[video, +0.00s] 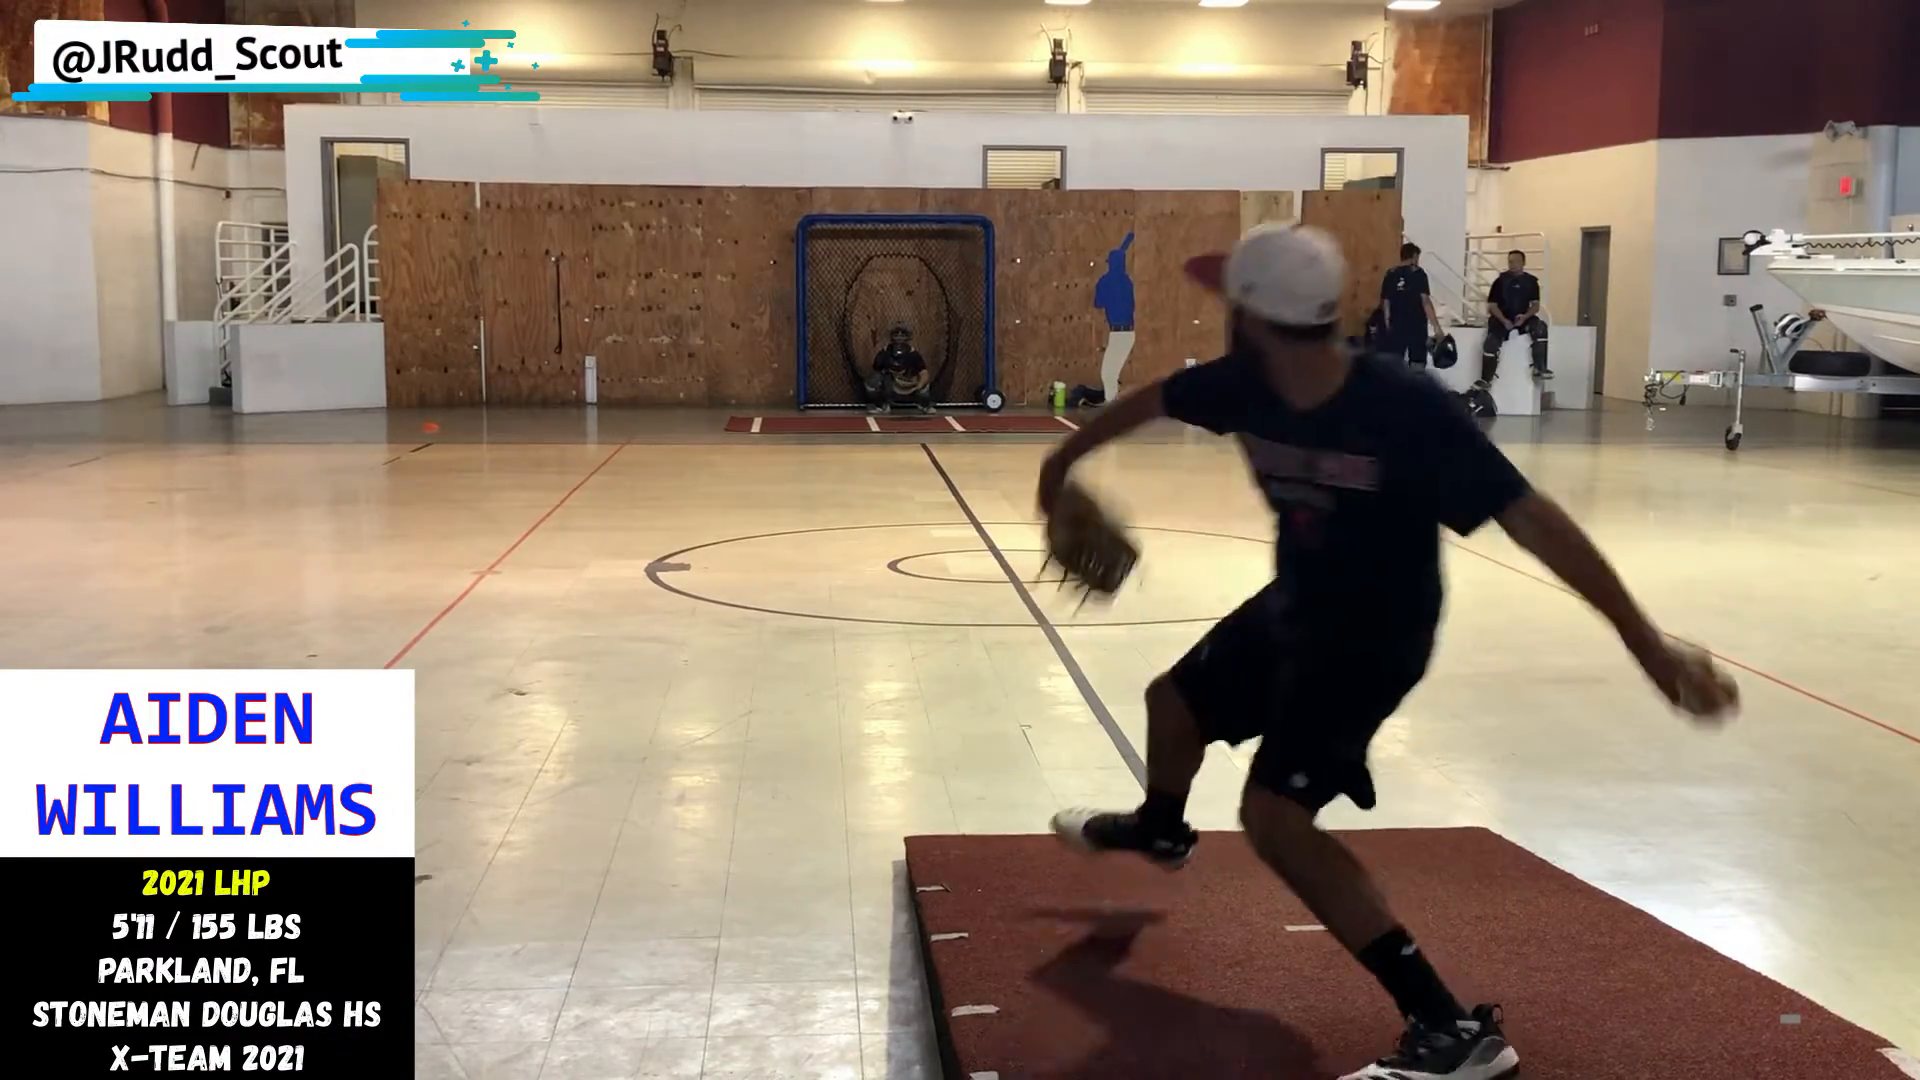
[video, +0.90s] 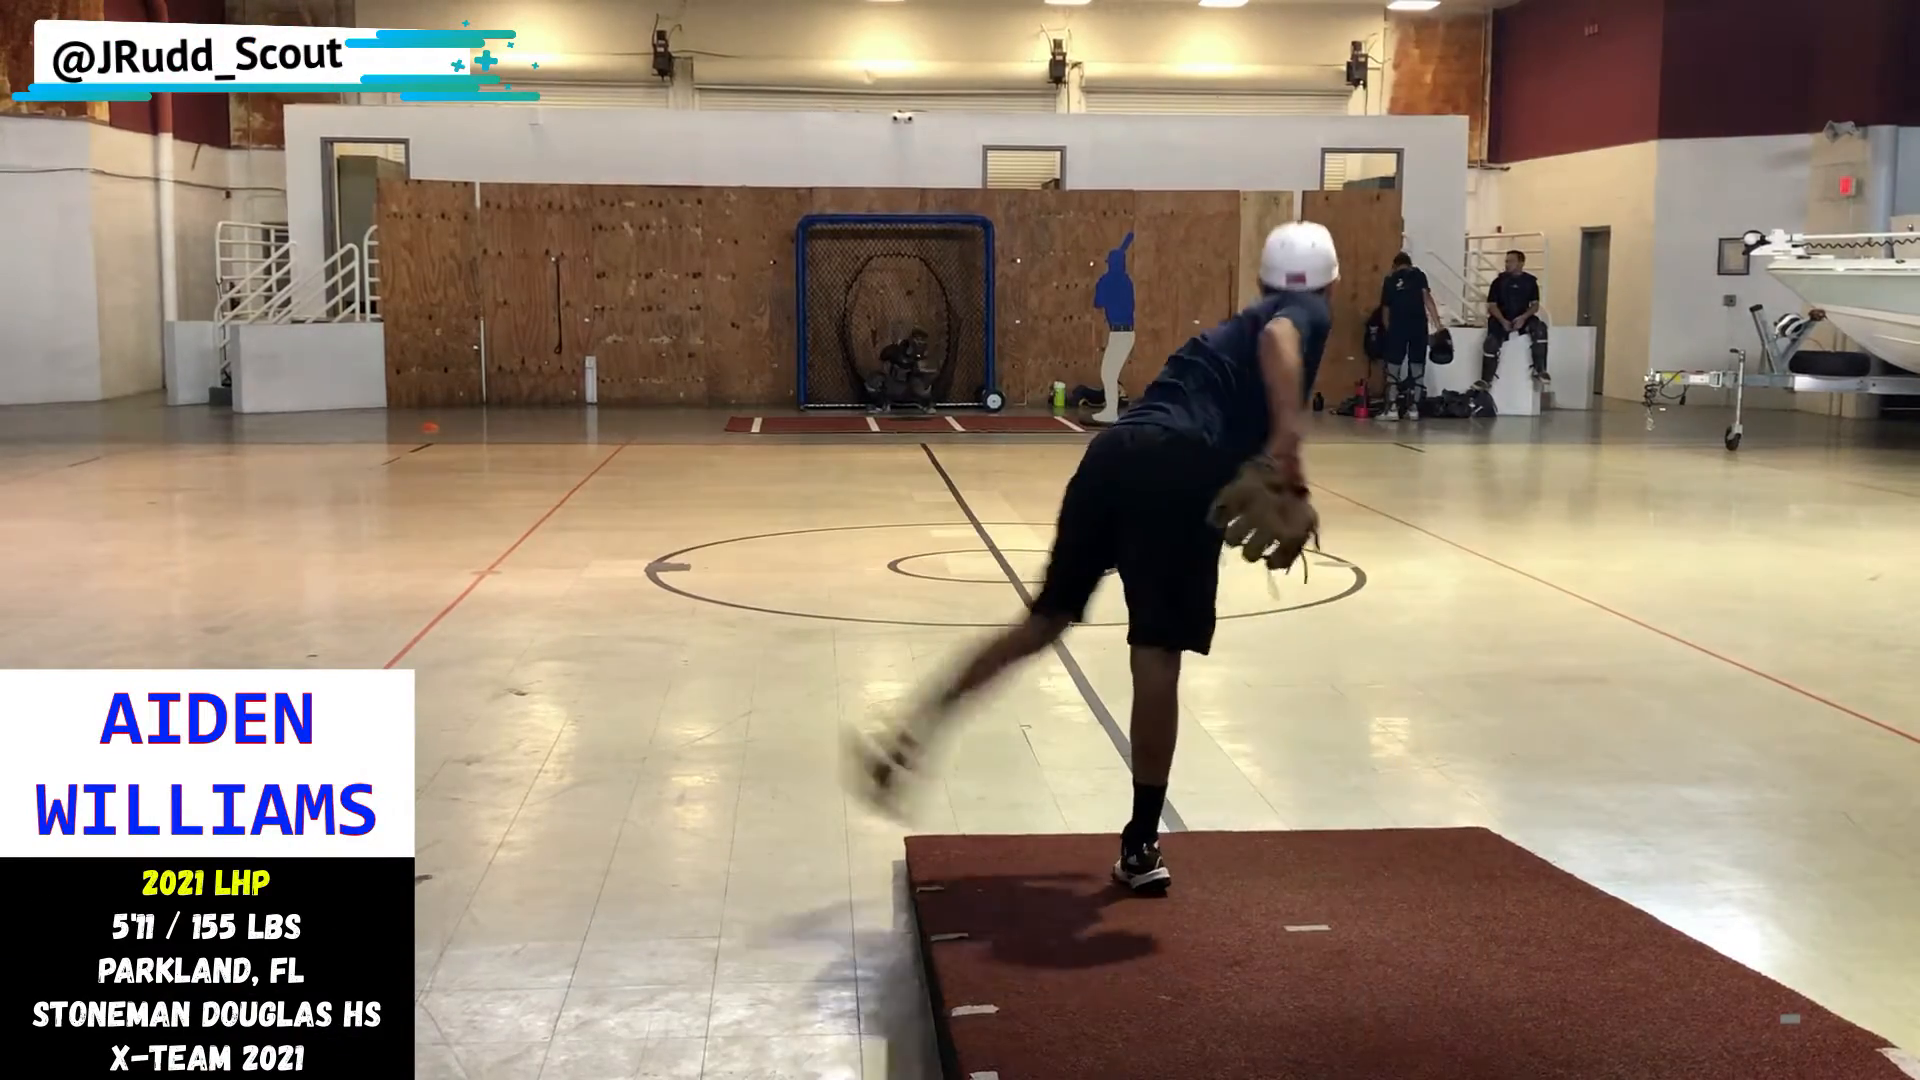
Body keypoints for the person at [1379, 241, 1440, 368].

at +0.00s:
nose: (1418, 260)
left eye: (1418, 257)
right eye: (1417, 257)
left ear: (1402, 256)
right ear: (1414, 256)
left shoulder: (1391, 273)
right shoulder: (1418, 273)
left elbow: (1386, 302)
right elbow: (1425, 300)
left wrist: (1387, 324)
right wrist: (1436, 327)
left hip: (1396, 327)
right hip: (1416, 328)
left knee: (1394, 366)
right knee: (1417, 368)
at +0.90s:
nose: (1395, 270)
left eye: (1394, 266)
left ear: (1394, 265)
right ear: (1410, 263)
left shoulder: (1389, 280)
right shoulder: (1418, 274)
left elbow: (1386, 308)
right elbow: (1427, 298)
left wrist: (1388, 328)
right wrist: (1437, 323)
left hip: (1398, 330)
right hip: (1418, 329)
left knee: (1393, 370)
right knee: (1418, 369)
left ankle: (1392, 408)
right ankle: (1414, 408)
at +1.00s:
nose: (1393, 272)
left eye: (1393, 270)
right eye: (1396, 270)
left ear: (1394, 268)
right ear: (1410, 265)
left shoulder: (1390, 282)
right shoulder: (1419, 275)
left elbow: (1386, 309)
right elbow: (1428, 297)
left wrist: (1388, 329)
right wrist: (1440, 323)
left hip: (1398, 330)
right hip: (1419, 329)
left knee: (1393, 369)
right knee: (1418, 369)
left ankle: (1392, 408)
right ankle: (1414, 408)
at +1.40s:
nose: (1397, 268)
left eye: (1396, 265)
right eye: (1400, 265)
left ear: (1396, 264)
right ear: (1412, 263)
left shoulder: (1389, 278)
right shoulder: (1421, 276)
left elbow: (1384, 304)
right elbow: (1430, 301)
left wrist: (1383, 323)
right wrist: (1435, 327)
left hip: (1392, 328)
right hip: (1414, 329)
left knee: (1388, 367)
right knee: (1413, 367)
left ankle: (1392, 406)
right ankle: (1412, 406)